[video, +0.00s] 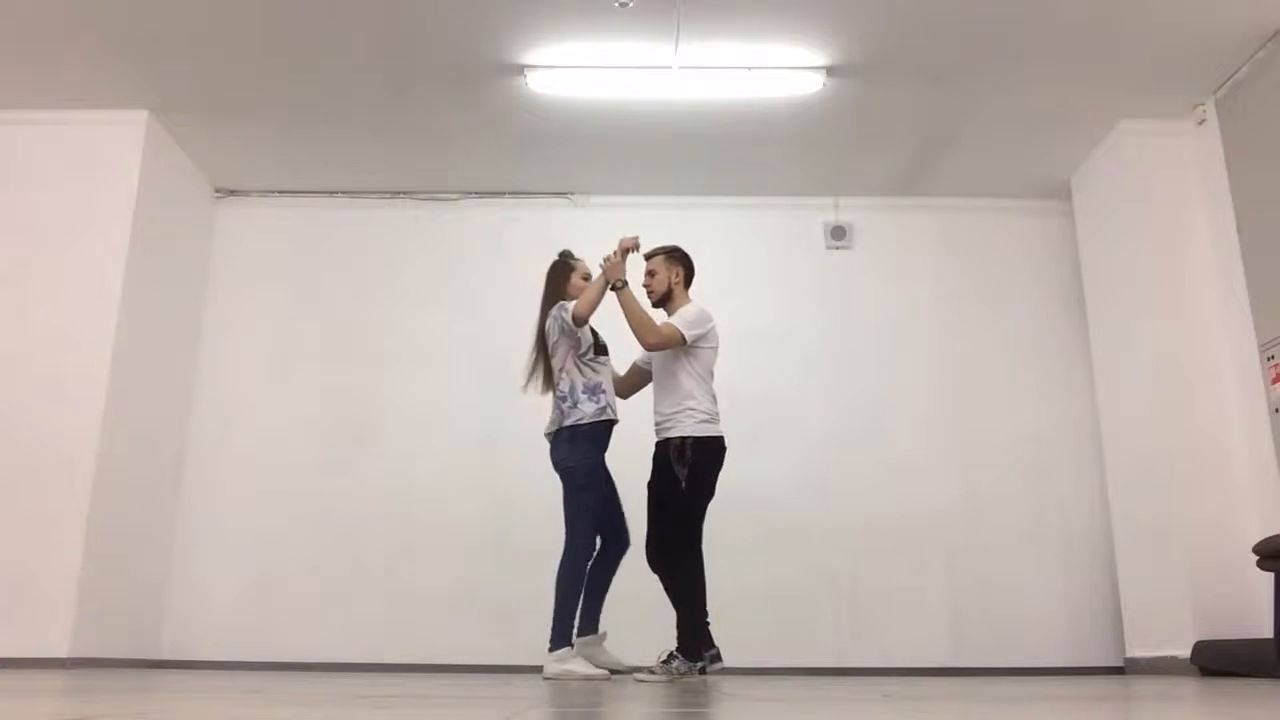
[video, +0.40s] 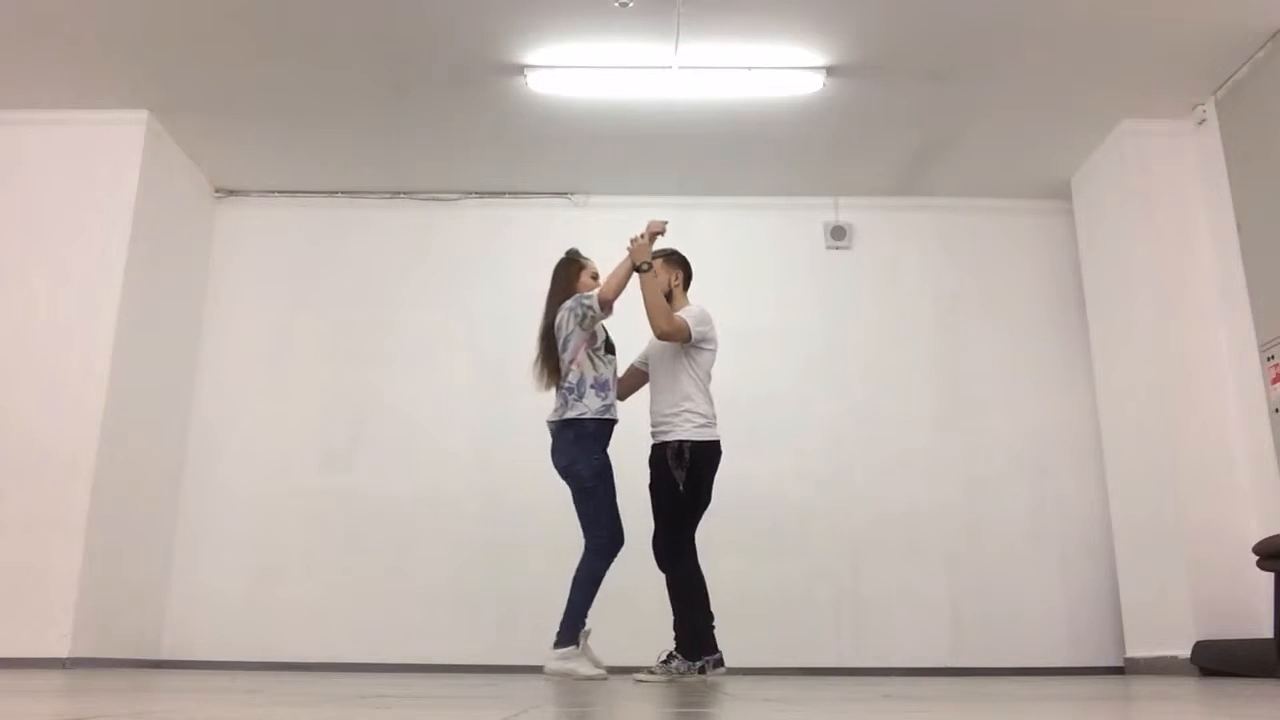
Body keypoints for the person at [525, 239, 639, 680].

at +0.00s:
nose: (592, 282)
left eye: (591, 277)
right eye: (583, 276)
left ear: (582, 284)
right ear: (562, 283)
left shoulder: (586, 333)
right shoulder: (559, 317)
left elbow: (621, 387)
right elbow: (582, 311)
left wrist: (661, 356)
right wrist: (612, 267)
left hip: (589, 440)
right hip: (576, 440)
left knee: (616, 540)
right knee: (579, 544)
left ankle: (587, 640)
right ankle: (559, 652)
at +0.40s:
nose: (600, 283)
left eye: (600, 276)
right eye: (591, 276)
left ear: (586, 282)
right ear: (569, 281)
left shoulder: (583, 320)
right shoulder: (572, 313)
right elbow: (607, 293)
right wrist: (640, 250)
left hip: (586, 435)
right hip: (578, 436)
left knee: (609, 538)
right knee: (603, 540)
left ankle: (573, 638)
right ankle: (565, 648)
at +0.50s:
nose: (602, 284)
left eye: (601, 277)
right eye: (593, 277)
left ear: (585, 282)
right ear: (572, 280)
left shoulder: (583, 318)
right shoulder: (573, 313)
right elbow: (611, 290)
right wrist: (643, 250)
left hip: (585, 437)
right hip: (575, 438)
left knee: (607, 539)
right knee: (598, 542)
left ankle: (571, 641)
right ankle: (564, 649)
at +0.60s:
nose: (602, 282)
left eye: (601, 275)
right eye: (594, 275)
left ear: (587, 281)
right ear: (574, 278)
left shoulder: (582, 317)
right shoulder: (575, 312)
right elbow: (614, 288)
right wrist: (648, 246)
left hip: (578, 441)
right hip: (572, 442)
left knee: (592, 543)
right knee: (595, 542)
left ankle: (566, 645)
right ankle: (562, 649)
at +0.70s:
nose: (604, 280)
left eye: (603, 273)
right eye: (596, 273)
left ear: (587, 278)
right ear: (575, 276)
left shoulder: (586, 314)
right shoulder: (576, 309)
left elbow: (620, 293)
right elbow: (616, 287)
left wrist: (648, 252)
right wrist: (650, 245)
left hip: (578, 440)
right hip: (571, 440)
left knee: (585, 542)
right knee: (583, 543)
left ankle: (558, 643)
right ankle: (559, 651)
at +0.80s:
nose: (605, 275)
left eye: (603, 268)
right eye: (598, 269)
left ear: (579, 278)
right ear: (582, 275)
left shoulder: (582, 314)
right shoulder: (579, 308)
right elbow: (618, 285)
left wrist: (646, 248)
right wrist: (648, 246)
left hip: (574, 438)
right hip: (577, 440)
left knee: (576, 540)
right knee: (585, 543)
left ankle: (534, 636)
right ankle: (561, 650)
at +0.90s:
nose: (605, 280)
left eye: (603, 275)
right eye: (598, 274)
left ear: (577, 279)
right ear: (582, 278)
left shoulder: (582, 319)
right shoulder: (579, 309)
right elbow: (616, 286)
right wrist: (644, 244)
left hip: (571, 442)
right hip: (581, 442)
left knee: (569, 545)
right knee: (594, 549)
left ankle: (515, 635)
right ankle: (563, 651)